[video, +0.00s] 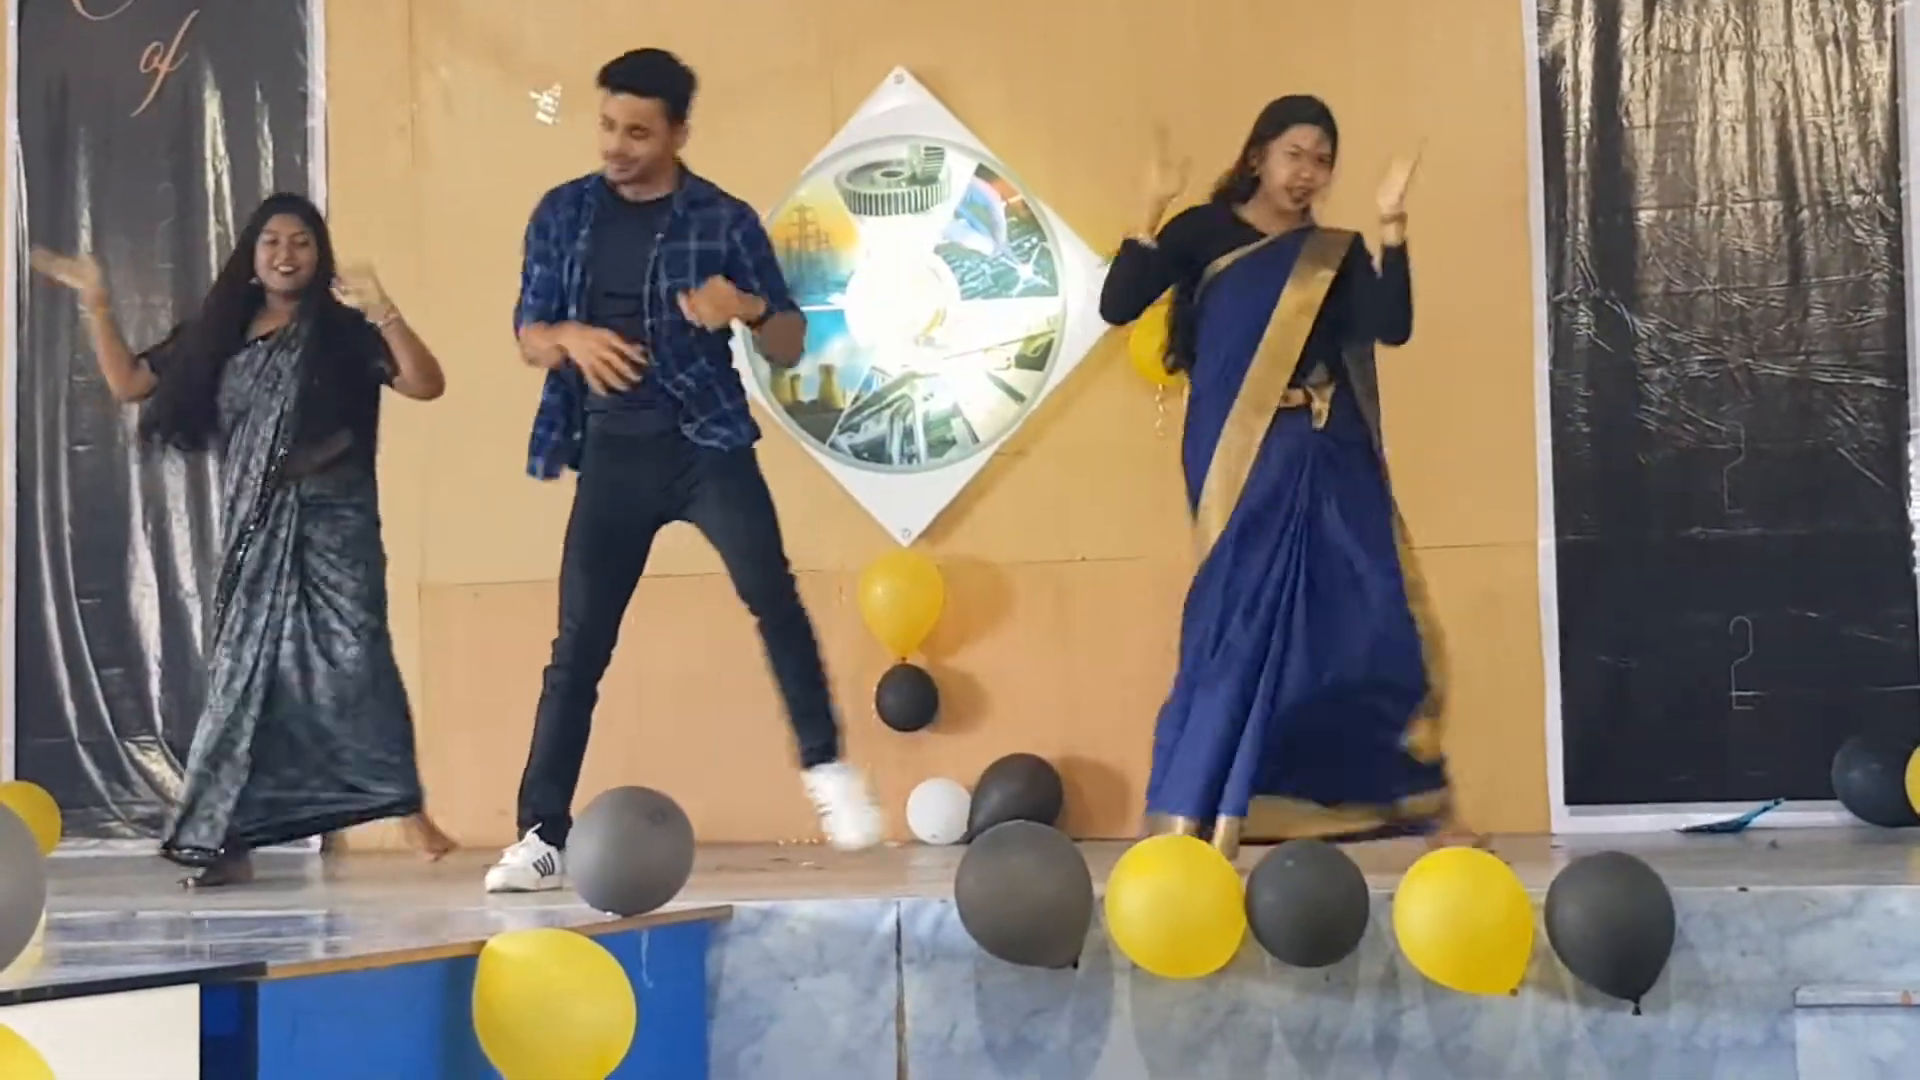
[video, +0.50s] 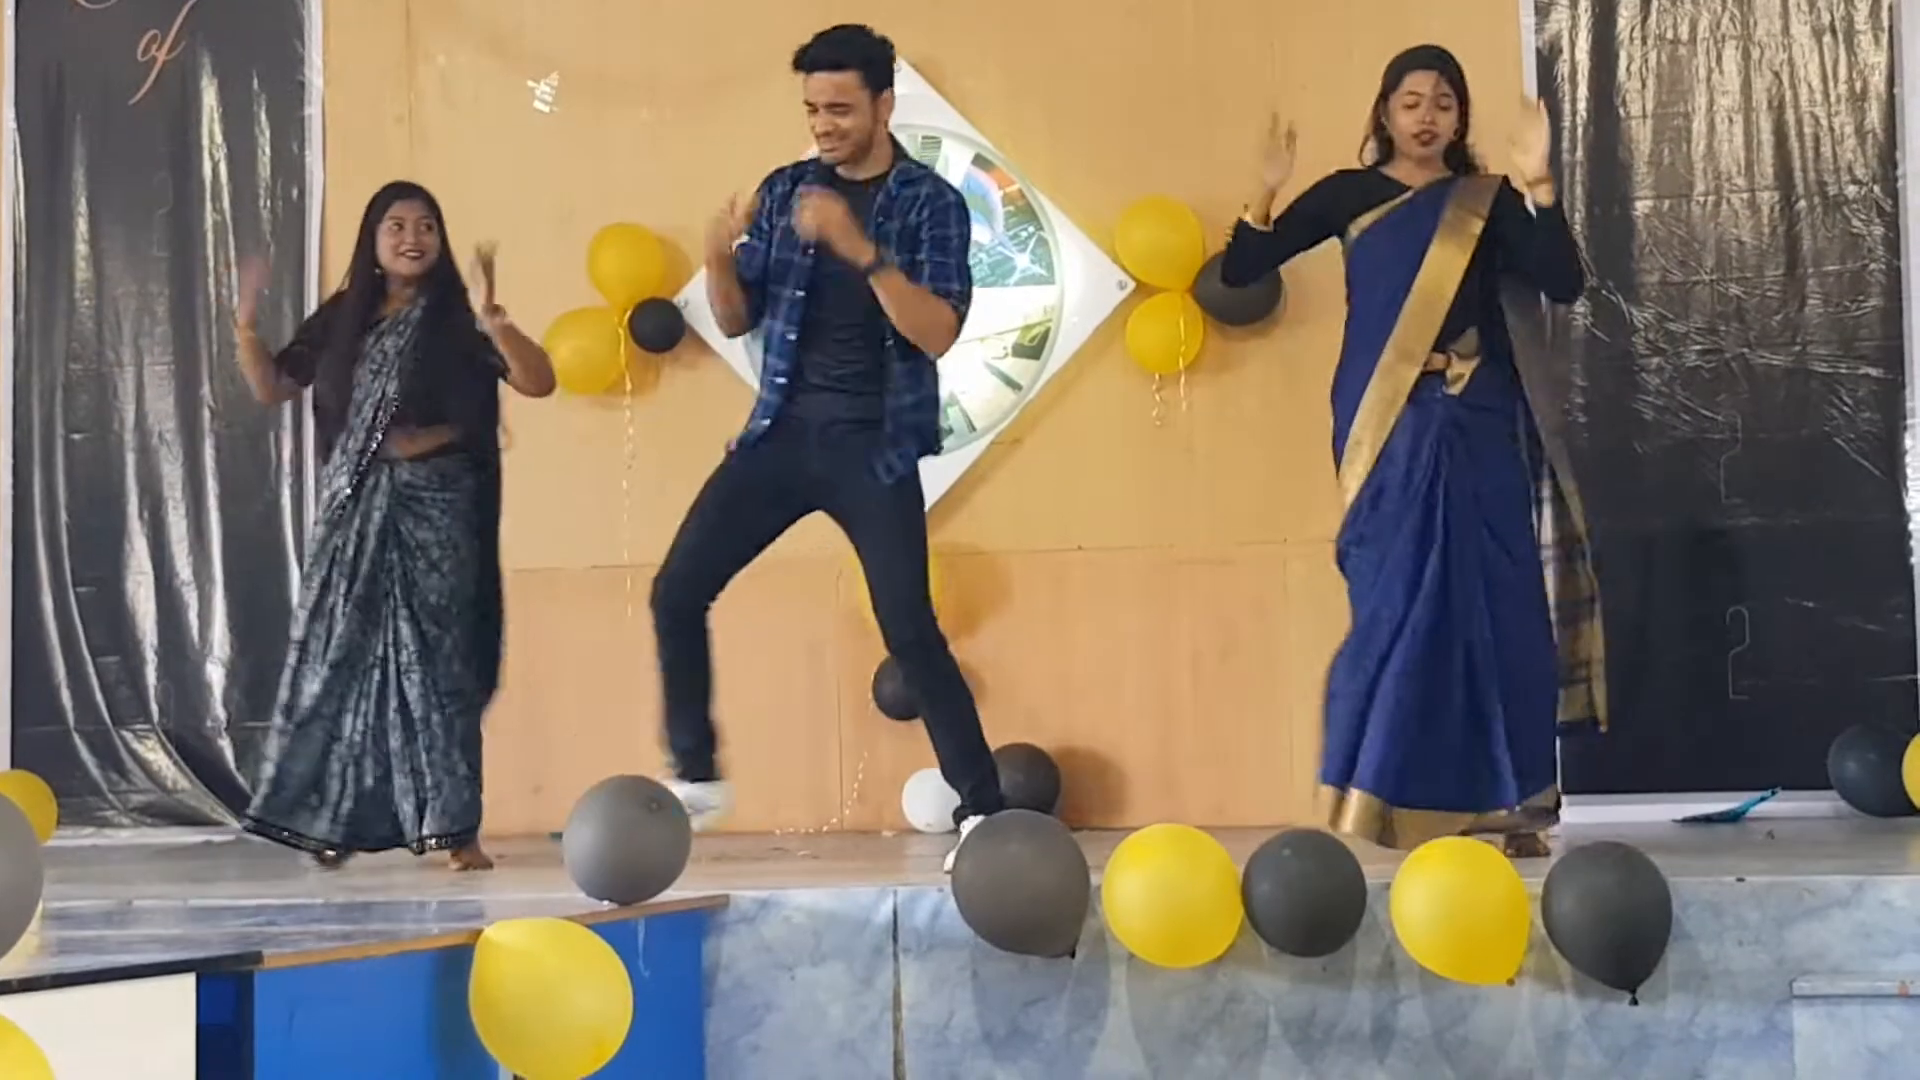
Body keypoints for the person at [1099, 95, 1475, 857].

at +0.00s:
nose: (1306, 168)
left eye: (1319, 158)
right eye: (1294, 152)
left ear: (1329, 170)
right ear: (1260, 154)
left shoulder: (1342, 249)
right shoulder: (1208, 228)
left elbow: (1394, 327)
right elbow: (1118, 305)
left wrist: (1391, 229)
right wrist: (1147, 223)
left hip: (1338, 456)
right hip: (1242, 456)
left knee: (1379, 621)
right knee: (1235, 628)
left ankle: (1432, 816)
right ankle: (1192, 822)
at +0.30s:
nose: (1398, 134)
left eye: (1413, 121)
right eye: (1383, 120)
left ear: (1431, 135)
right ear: (1355, 130)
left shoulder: (1464, 219)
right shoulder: (1320, 211)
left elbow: (1510, 299)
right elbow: (1234, 300)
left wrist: (1504, 210)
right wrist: (1262, 206)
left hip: (1446, 438)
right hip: (1344, 439)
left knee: (1478, 613)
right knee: (1315, 613)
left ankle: (1511, 809)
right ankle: (1226, 813)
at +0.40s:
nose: (1419, 128)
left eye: (1433, 117)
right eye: (1404, 115)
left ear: (1450, 131)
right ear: (1377, 126)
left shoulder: (1480, 213)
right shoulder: (1341, 206)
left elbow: (1545, 282)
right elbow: (1239, 293)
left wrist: (1526, 186)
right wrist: (1265, 195)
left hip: (1478, 428)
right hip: (1378, 431)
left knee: (1490, 608)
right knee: (1374, 607)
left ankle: (1501, 806)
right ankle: (1295, 790)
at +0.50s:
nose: (1427, 111)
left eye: (1442, 100)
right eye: (1413, 98)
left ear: (1458, 115)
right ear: (1385, 109)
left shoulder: (1488, 196)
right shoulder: (1352, 191)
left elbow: (1565, 282)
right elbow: (1240, 272)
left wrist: (1538, 189)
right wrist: (1265, 199)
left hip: (1484, 413)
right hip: (1387, 416)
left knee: (1497, 597)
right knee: (1401, 599)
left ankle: (1499, 805)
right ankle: (1359, 808)